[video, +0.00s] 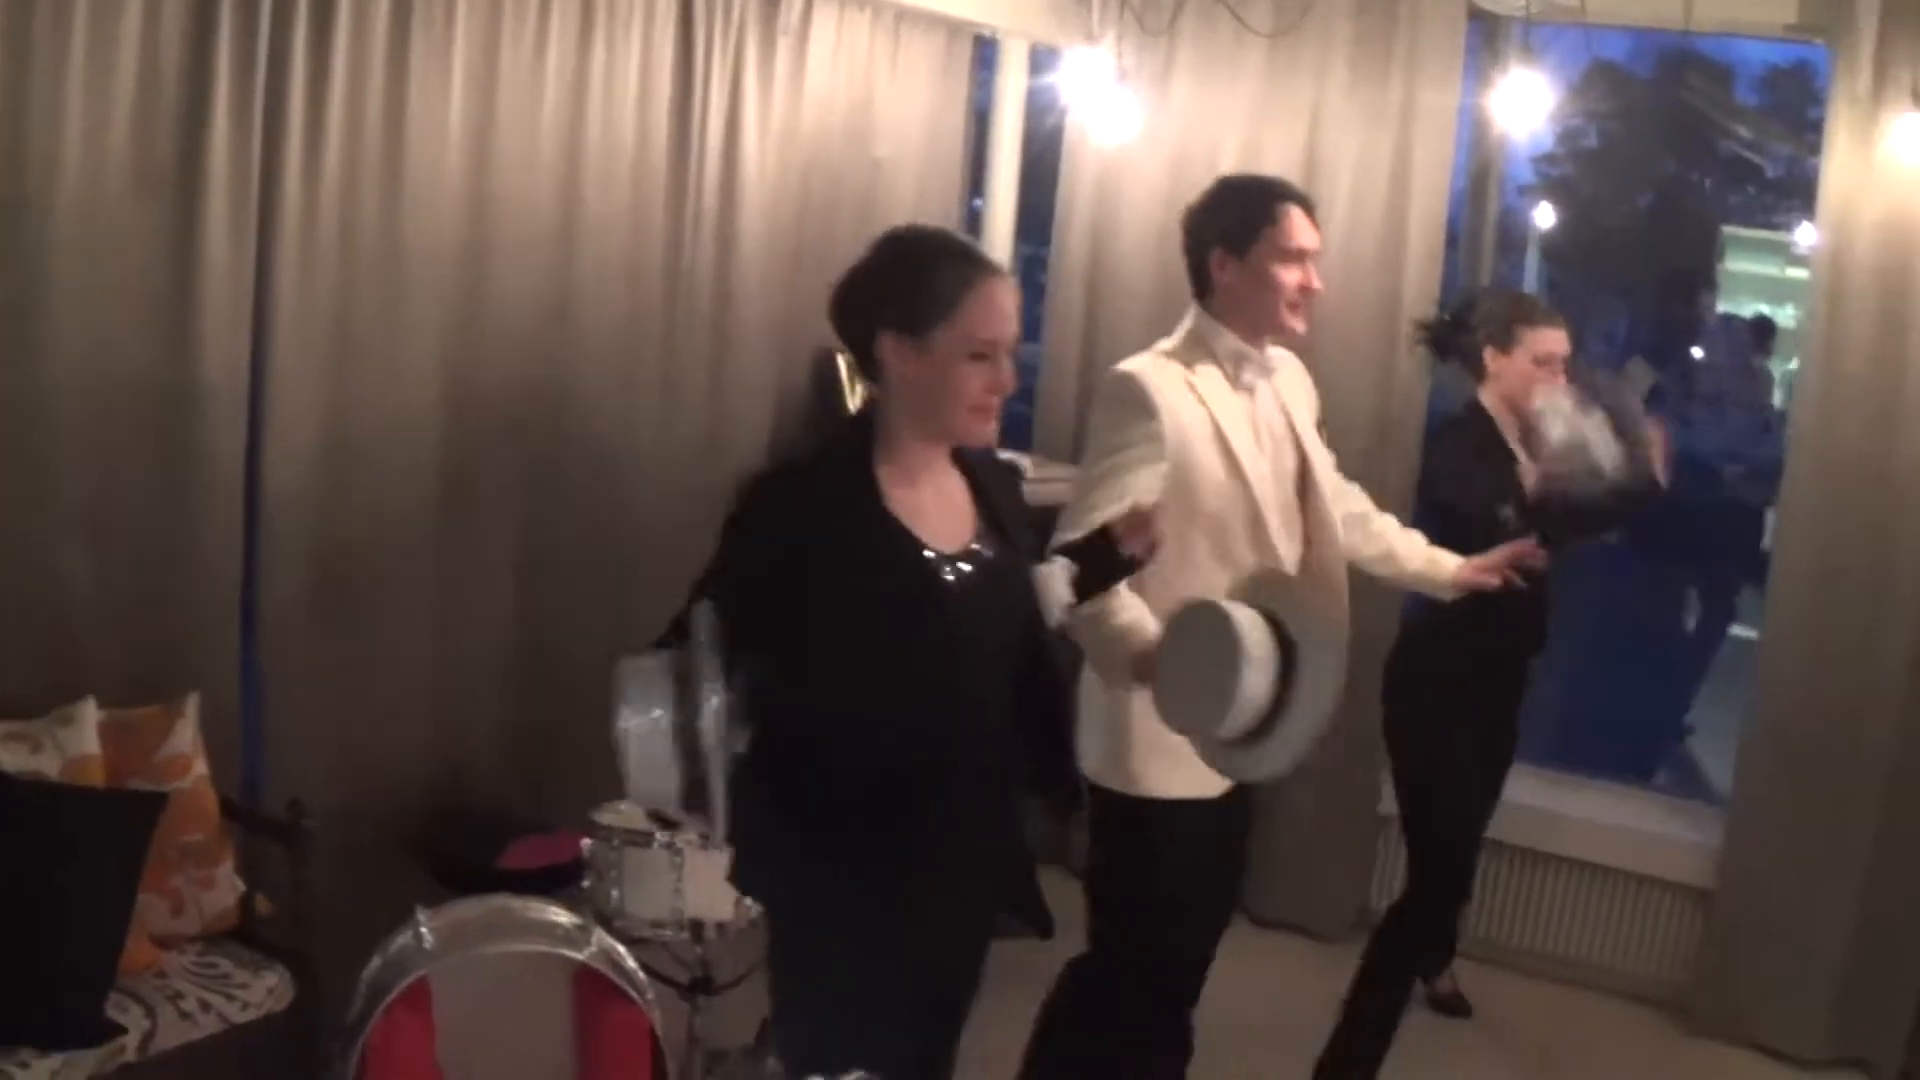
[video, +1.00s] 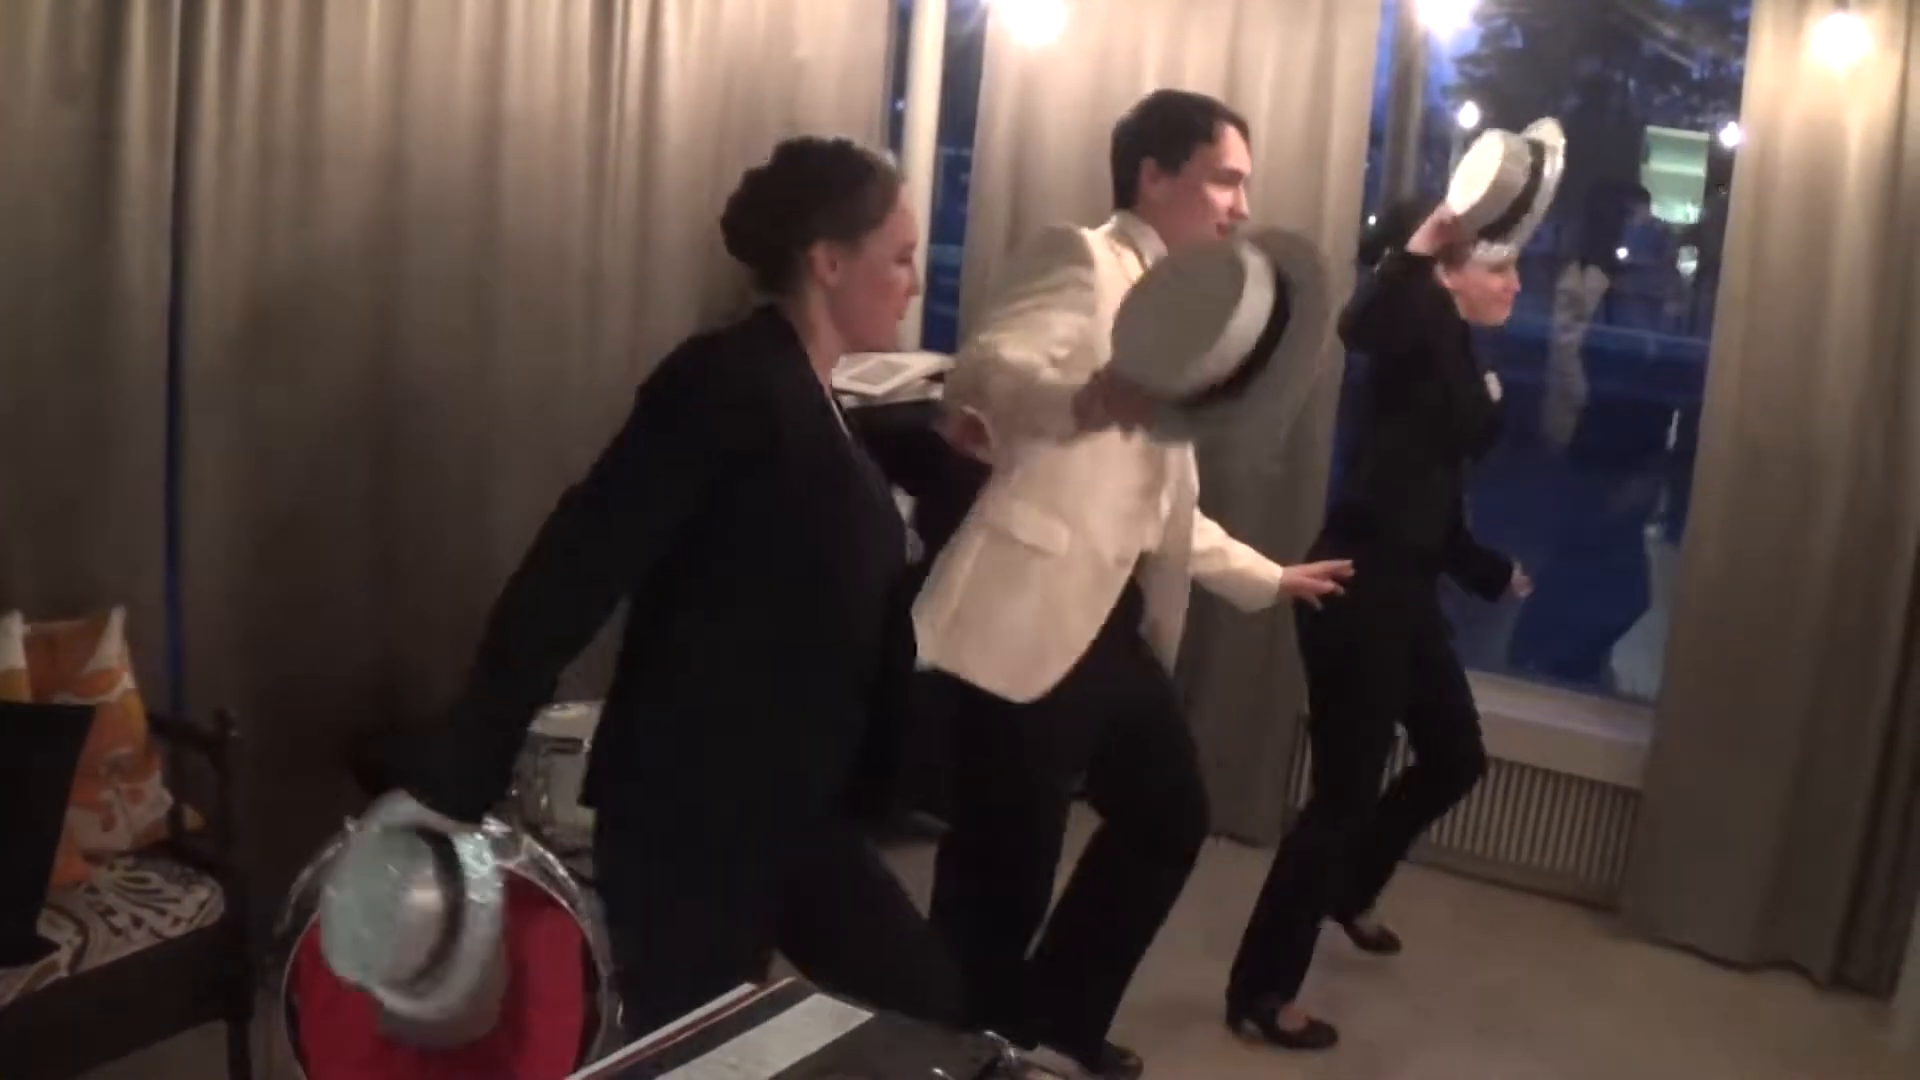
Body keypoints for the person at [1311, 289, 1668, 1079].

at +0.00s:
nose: (1559, 381)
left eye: (1563, 366)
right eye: (1545, 363)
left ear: (1549, 370)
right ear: (1493, 359)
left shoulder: (1530, 446)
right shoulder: (1460, 441)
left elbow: (1565, 514)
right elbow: (1506, 529)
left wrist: (1635, 476)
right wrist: (1641, 483)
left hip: (1496, 669)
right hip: (1437, 668)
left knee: (1458, 836)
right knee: (1434, 878)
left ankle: (1434, 960)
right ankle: (1347, 1060)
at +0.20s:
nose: (1502, 387)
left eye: (1506, 376)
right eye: (1499, 373)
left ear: (1448, 343)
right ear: (1473, 353)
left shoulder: (1455, 419)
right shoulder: (1400, 404)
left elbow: (1487, 479)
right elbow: (1424, 488)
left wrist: (1566, 459)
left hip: (1431, 651)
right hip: (1377, 650)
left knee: (1469, 838)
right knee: (1409, 851)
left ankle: (1375, 937)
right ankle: (1290, 1042)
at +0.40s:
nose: (1497, 331)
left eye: (1499, 314)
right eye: (1486, 313)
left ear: (1452, 315)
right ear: (1439, 311)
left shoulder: (1440, 391)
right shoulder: (1394, 383)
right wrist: (1422, 366)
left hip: (1394, 631)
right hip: (1350, 629)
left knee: (1478, 807)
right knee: (1359, 828)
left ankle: (1413, 1022)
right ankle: (1257, 1021)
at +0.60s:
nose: (1496, 312)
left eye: (1501, 296)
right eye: (1484, 295)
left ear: (1479, 294)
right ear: (1434, 286)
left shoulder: (1438, 372)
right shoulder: (1408, 365)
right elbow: (1404, 359)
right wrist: (1422, 311)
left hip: (1408, 615)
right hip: (1365, 614)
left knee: (1421, 821)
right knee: (1362, 812)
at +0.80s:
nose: (1494, 315)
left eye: (1493, 297)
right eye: (1481, 298)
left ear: (1436, 293)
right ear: (1433, 291)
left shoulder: (1428, 371)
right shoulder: (1391, 369)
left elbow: (1432, 481)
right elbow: (1428, 469)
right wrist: (1424, 349)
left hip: (1400, 625)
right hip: (1354, 624)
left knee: (1478, 794)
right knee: (1379, 813)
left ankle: (1387, 995)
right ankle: (1262, 996)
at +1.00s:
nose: (1514, 282)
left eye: (1515, 268)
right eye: (1500, 267)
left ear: (1484, 280)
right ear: (1454, 273)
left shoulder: (1458, 365)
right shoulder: (1418, 329)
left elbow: (1428, 511)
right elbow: (1364, 324)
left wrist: (1494, 573)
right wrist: (1421, 248)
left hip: (1404, 586)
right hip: (1355, 583)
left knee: (1455, 759)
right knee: (1347, 795)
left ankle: (1348, 884)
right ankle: (1258, 991)